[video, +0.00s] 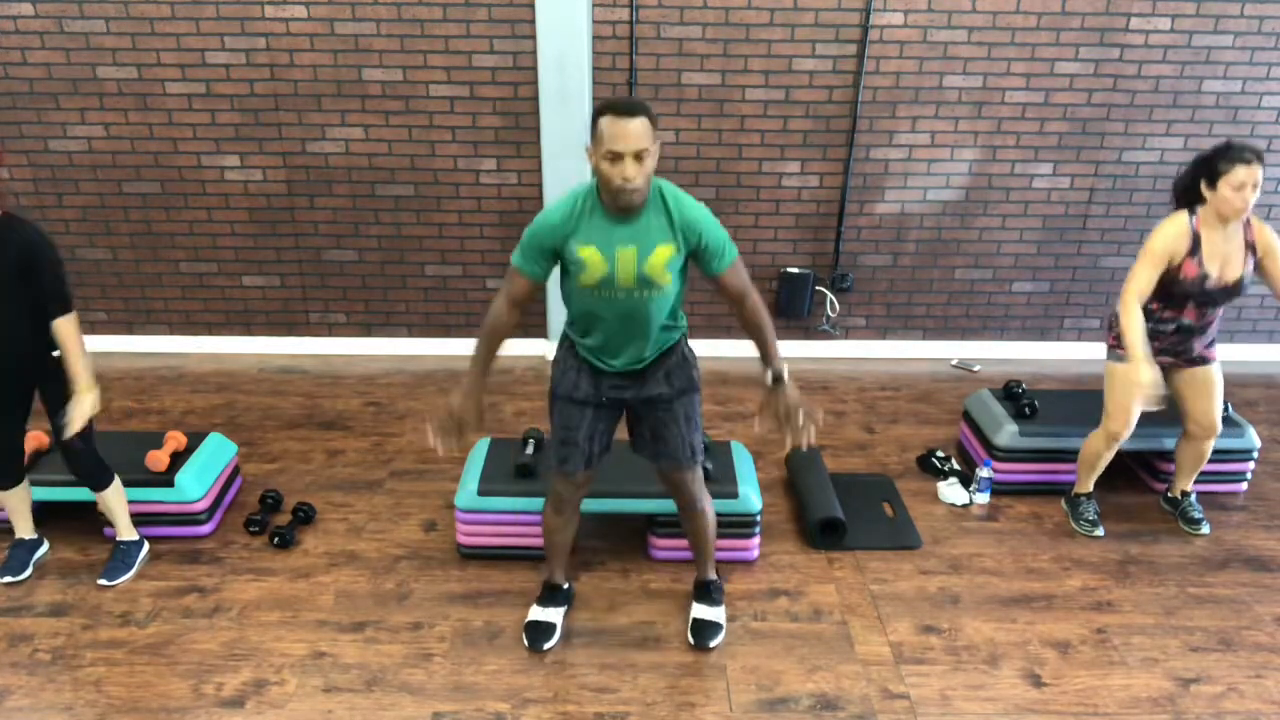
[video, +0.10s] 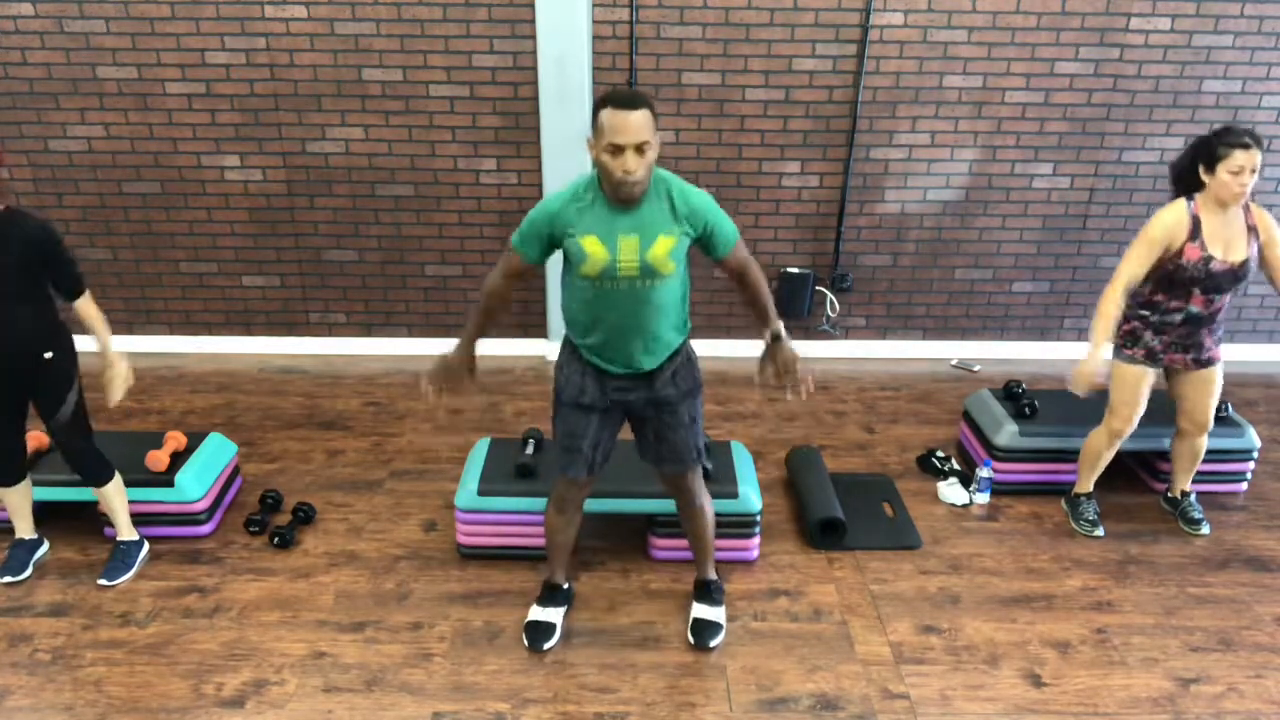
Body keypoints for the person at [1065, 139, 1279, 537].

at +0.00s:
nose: (1248, 198)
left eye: (1254, 188)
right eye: (1238, 187)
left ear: (1260, 189)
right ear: (1208, 187)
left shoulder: (1259, 236)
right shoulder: (1175, 230)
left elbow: (1279, 287)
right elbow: (1130, 300)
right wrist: (1143, 366)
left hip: (1195, 339)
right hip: (1140, 332)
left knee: (1206, 426)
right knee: (1117, 428)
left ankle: (1179, 494)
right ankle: (1080, 494)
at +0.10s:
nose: (1246, 183)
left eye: (1252, 173)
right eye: (1236, 172)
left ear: (1257, 174)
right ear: (1206, 172)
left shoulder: (1258, 222)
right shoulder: (1174, 218)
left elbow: (1278, 278)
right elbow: (1119, 284)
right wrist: (1095, 351)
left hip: (1199, 334)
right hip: (1145, 329)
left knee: (1197, 425)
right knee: (1120, 424)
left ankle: (1179, 495)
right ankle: (1080, 494)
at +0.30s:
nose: (1244, 172)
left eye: (1250, 162)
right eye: (1233, 163)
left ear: (1255, 164)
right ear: (1203, 166)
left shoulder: (1258, 213)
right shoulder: (1172, 213)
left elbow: (1243, 264)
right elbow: (1107, 261)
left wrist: (1247, 298)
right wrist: (1065, 304)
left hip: (1210, 338)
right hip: (1156, 333)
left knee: (1187, 425)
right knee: (1122, 419)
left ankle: (1175, 495)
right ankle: (1081, 493)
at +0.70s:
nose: (1243, 170)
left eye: (1248, 161)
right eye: (1233, 161)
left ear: (1253, 164)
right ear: (1203, 164)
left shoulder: (1257, 214)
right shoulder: (1171, 215)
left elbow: (1265, 279)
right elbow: (1117, 273)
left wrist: (1277, 333)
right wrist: (1082, 329)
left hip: (1213, 339)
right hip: (1159, 333)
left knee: (1185, 423)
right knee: (1126, 421)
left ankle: (1175, 494)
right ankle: (1081, 493)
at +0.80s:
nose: (1244, 169)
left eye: (1249, 159)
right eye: (1234, 160)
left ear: (1254, 162)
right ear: (1204, 164)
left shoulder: (1262, 215)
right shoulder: (1173, 212)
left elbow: (1277, 279)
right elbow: (1122, 277)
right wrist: (1125, 345)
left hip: (1207, 336)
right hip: (1153, 333)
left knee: (1186, 422)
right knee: (1124, 421)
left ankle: (1175, 494)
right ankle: (1078, 493)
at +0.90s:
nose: (1246, 173)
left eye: (1251, 164)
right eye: (1235, 164)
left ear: (1257, 169)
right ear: (1205, 170)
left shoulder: (1262, 218)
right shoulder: (1176, 214)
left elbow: (1278, 271)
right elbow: (1128, 279)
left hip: (1201, 326)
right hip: (1145, 319)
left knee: (1186, 419)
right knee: (1118, 417)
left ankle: (1175, 494)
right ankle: (1075, 493)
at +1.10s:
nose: (1246, 221)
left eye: (1251, 211)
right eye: (1235, 211)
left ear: (1256, 215)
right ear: (1204, 216)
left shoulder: (1253, 255)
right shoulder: (1175, 250)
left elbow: (1277, 305)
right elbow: (1154, 319)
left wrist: (1270, 276)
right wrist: (1221, 287)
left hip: (1173, 337)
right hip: (1120, 329)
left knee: (1198, 419)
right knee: (1109, 419)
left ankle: (1173, 492)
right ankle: (1073, 493)